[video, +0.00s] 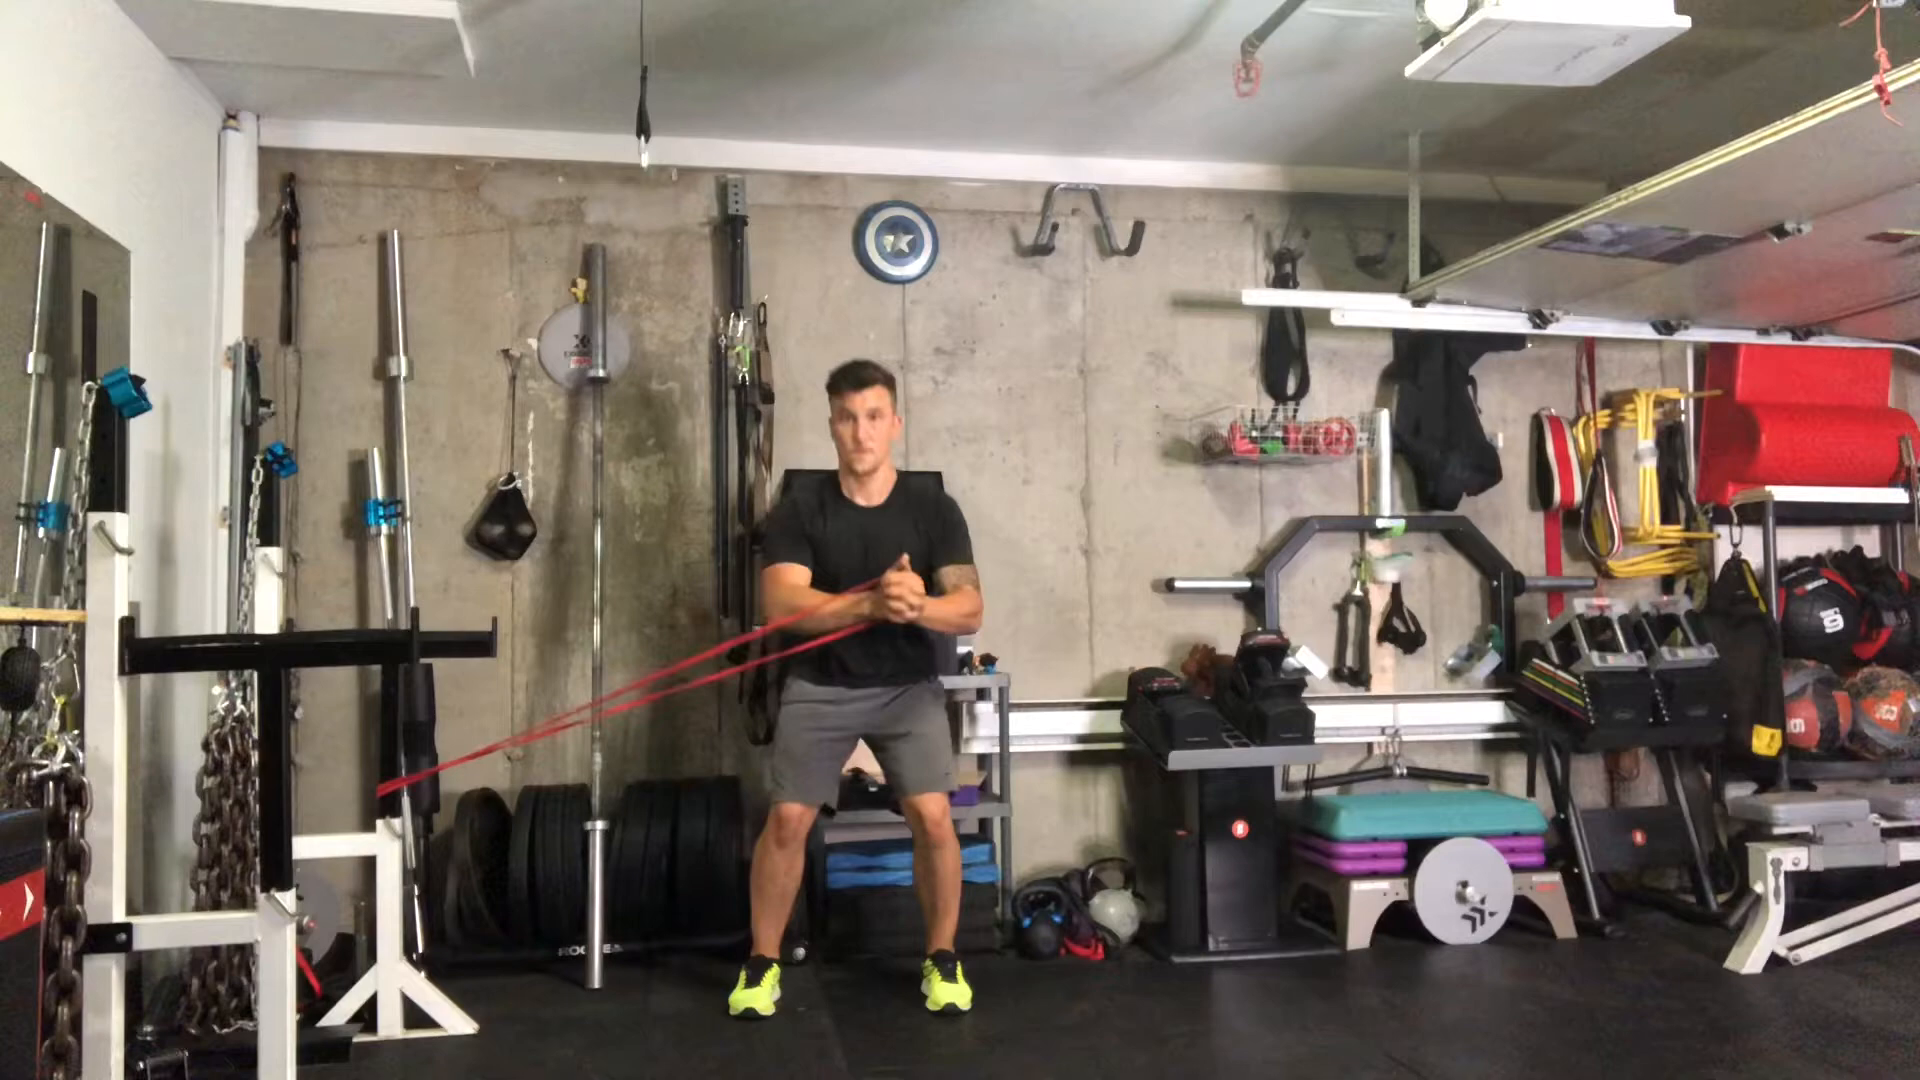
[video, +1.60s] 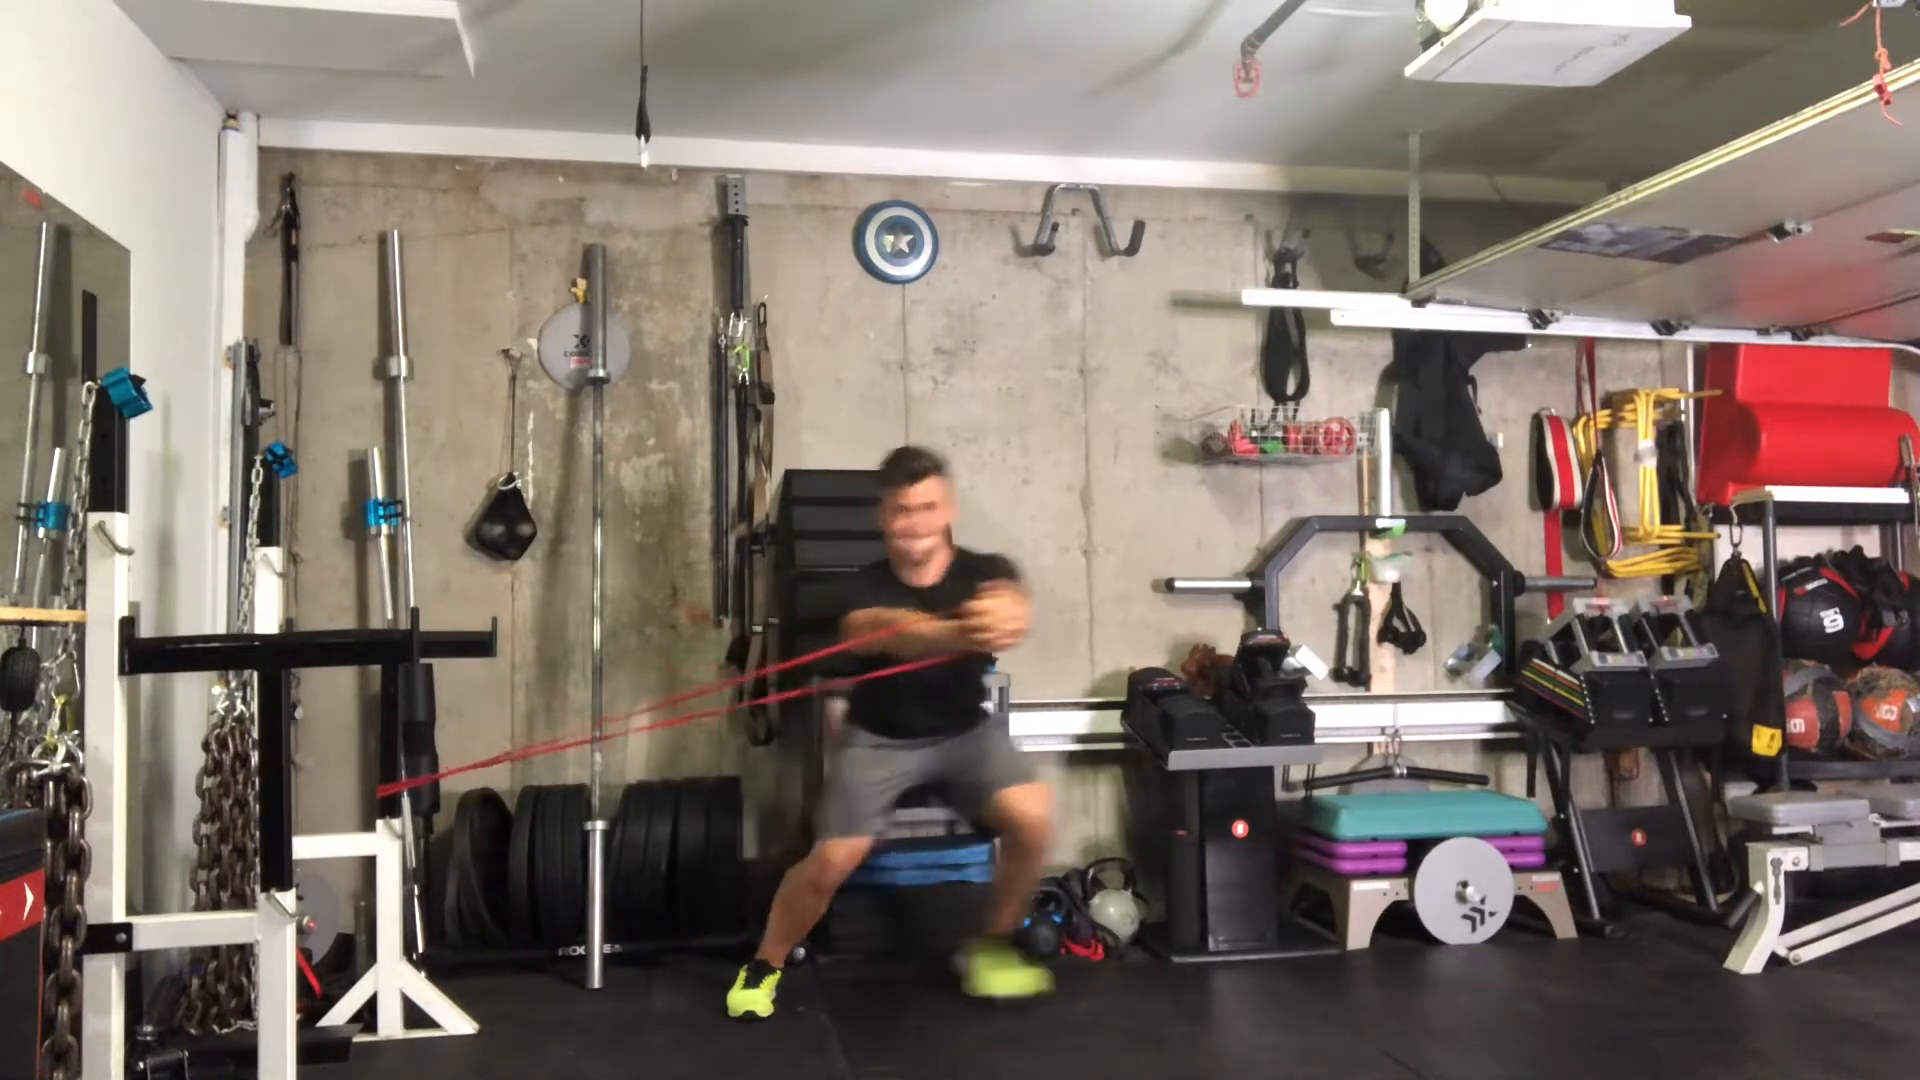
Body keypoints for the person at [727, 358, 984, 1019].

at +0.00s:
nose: (860, 431)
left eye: (874, 417)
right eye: (848, 418)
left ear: (896, 423)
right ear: (832, 425)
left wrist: (917, 608)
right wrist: (867, 603)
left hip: (908, 691)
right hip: (817, 692)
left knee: (933, 814)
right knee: (787, 817)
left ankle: (943, 958)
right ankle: (762, 964)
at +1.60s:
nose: (911, 524)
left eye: (925, 509)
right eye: (899, 510)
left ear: (950, 512)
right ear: (882, 518)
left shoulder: (986, 574)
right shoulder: (865, 591)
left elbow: (1013, 611)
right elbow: (877, 637)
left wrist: (1003, 618)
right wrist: (968, 632)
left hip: (967, 736)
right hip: (879, 742)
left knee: (1034, 818)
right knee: (832, 860)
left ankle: (994, 945)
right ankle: (765, 965)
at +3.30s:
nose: (1299, 385)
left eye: (1316, 372)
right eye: (1297, 373)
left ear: (1364, 386)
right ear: (1298, 388)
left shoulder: (1402, 482)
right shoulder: (1288, 480)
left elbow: (1359, 603)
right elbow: (1253, 572)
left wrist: (1248, 652)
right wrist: (1219, 631)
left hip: (1408, 690)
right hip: (1312, 681)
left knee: (1479, 818)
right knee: (1263, 797)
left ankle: (1607, 945)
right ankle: (1267, 976)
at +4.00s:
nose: (1007, 344)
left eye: (1026, 335)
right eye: (1012, 331)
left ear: (1071, 358)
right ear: (1037, 355)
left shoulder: (1078, 462)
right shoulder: (994, 456)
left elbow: (1080, 594)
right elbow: (974, 561)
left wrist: (963, 634)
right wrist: (934, 616)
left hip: (1044, 674)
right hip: (989, 669)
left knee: (957, 824)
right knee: (969, 826)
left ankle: (972, 1031)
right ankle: (1114, 911)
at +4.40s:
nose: (858, 341)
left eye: (877, 330)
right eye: (852, 328)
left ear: (915, 351)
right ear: (843, 346)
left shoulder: (944, 456)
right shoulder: (808, 452)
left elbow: (991, 576)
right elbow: (767, 558)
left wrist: (879, 606)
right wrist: (793, 603)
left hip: (896, 680)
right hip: (799, 675)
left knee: (893, 833)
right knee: (732, 817)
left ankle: (971, 1023)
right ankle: (673, 983)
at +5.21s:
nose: (763, 360)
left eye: (777, 346)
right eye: (748, 348)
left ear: (799, 360)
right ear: (728, 364)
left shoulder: (839, 460)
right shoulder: (691, 462)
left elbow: (870, 550)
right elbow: (675, 579)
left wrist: (849, 587)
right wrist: (785, 602)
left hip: (803, 678)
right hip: (707, 673)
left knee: (810, 824)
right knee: (662, 815)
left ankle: (804, 983)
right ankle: (633, 982)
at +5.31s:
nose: (753, 367)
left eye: (768, 353)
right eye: (739, 354)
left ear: (791, 366)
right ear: (720, 368)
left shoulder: (831, 466)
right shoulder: (679, 465)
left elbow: (860, 571)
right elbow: (667, 580)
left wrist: (821, 608)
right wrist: (760, 601)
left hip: (797, 678)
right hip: (700, 674)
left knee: (807, 822)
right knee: (659, 820)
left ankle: (804, 980)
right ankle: (632, 982)